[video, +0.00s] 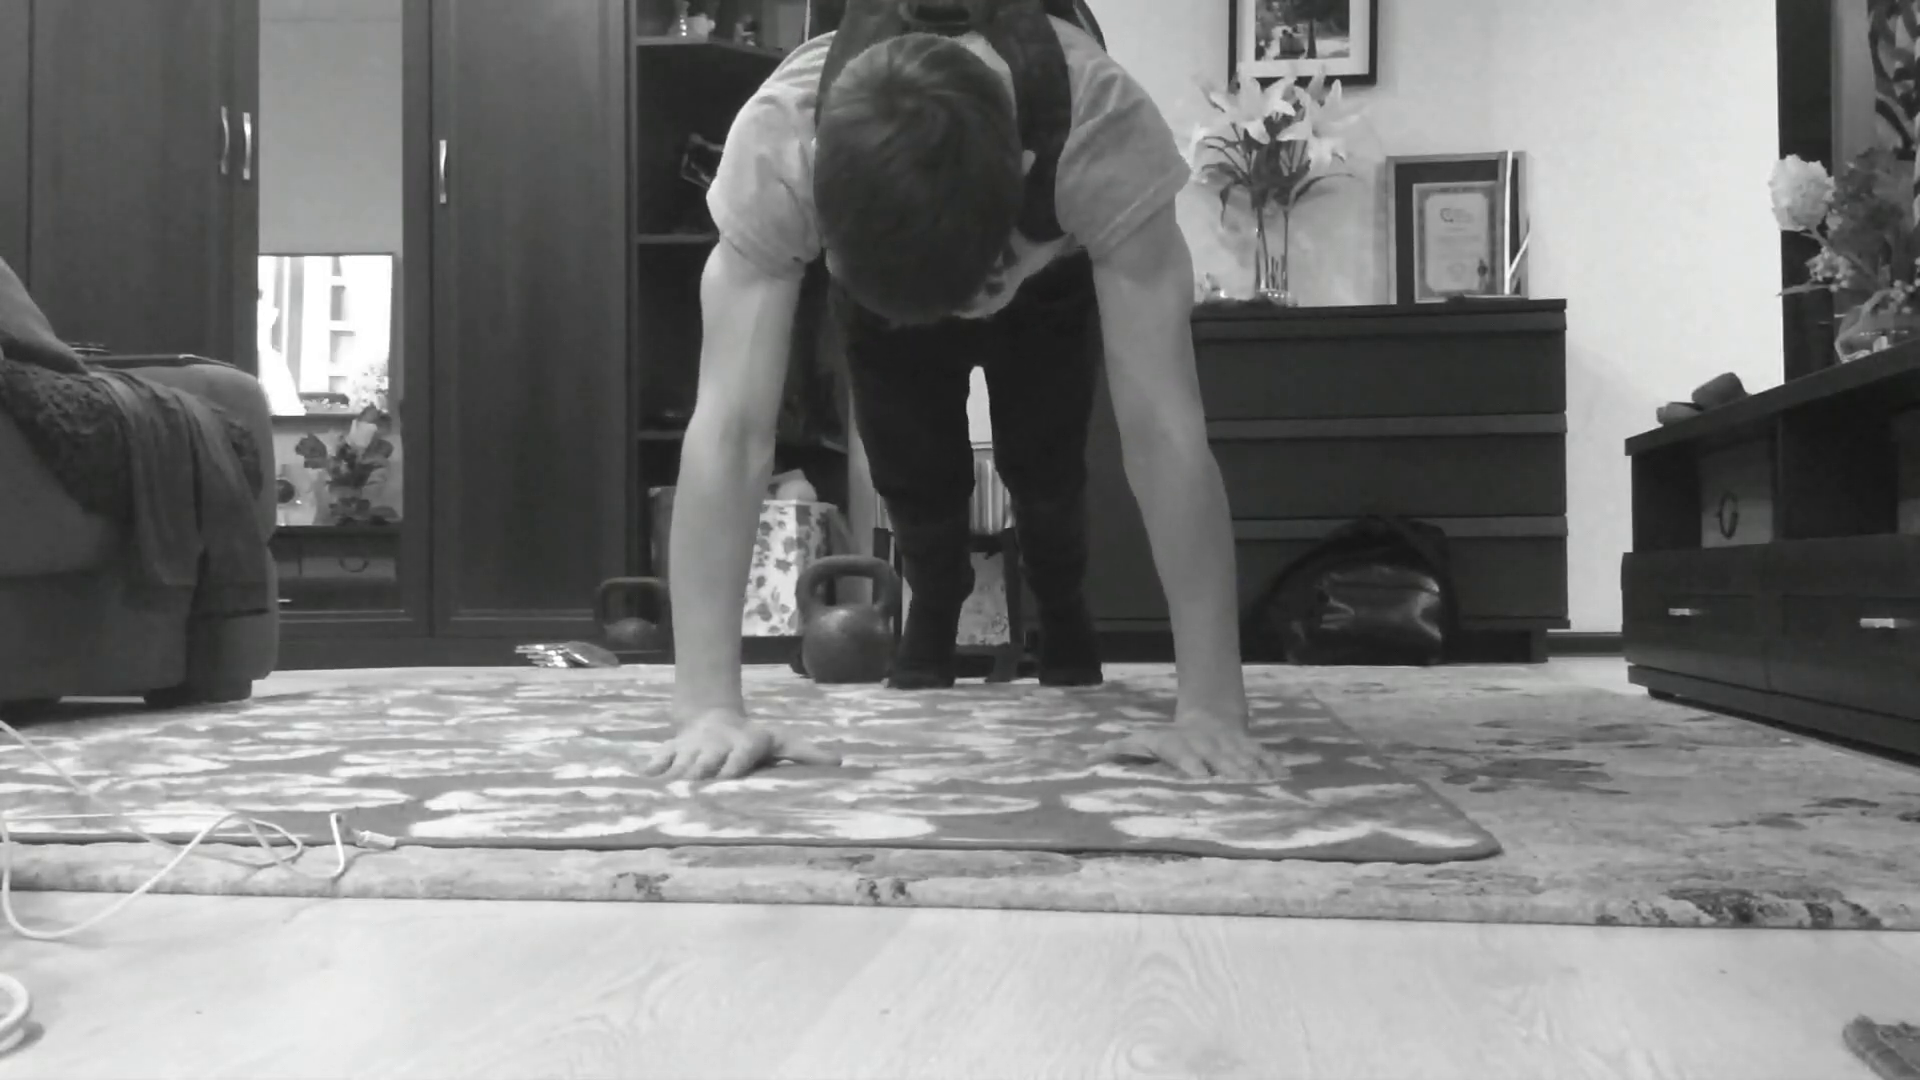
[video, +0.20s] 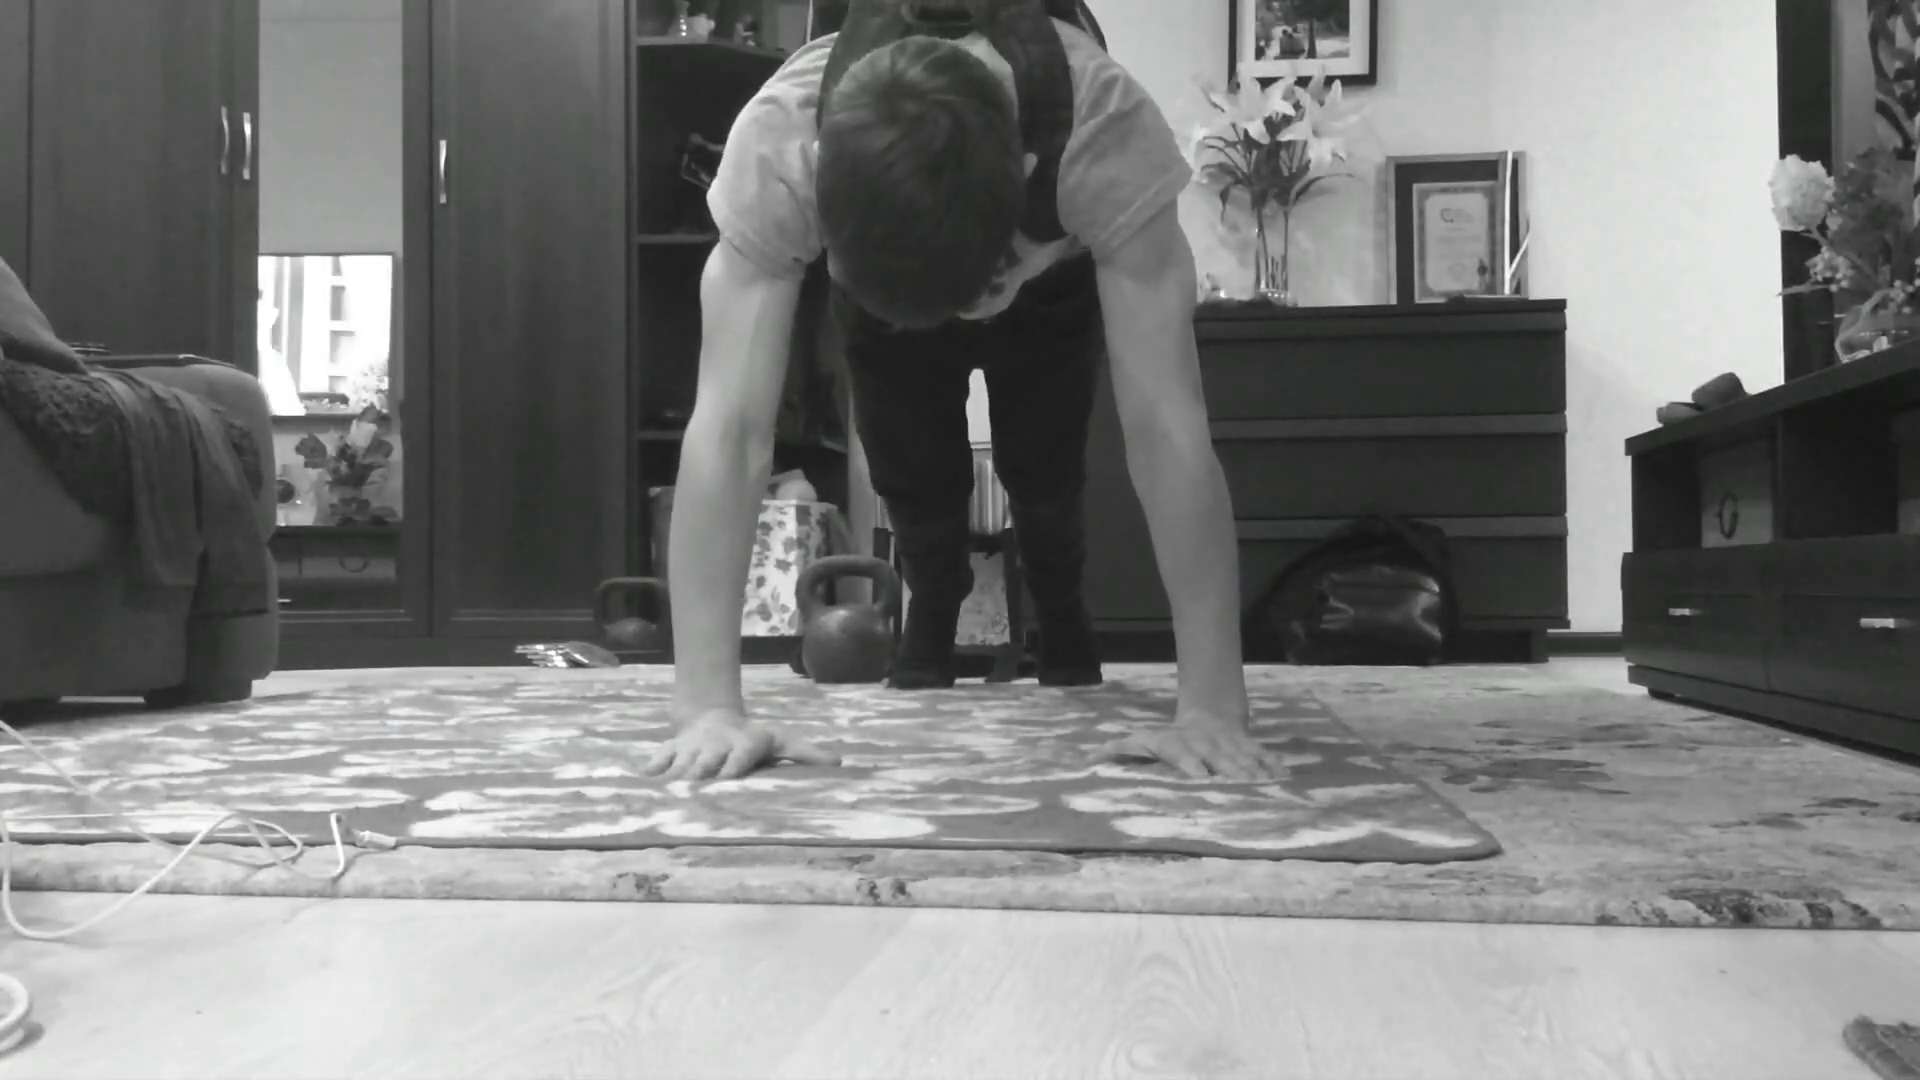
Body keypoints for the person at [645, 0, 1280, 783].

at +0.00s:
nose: (946, 327)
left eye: (974, 293)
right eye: (901, 313)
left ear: (1025, 182)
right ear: (827, 193)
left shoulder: (1112, 143)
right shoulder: (773, 157)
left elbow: (1167, 440)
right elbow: (727, 435)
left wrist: (1213, 709)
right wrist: (709, 709)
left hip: (1049, 257)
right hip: (869, 267)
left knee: (1045, 472)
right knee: (911, 477)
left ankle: (1057, 611)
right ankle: (931, 602)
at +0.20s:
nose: (939, 328)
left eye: (970, 295)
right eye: (897, 311)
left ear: (1023, 181)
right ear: (829, 195)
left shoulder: (1114, 144)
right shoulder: (775, 156)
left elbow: (1170, 439)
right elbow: (727, 433)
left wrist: (1214, 710)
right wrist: (708, 709)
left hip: (1049, 263)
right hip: (871, 275)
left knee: (1044, 479)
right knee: (912, 485)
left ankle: (1057, 618)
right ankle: (930, 606)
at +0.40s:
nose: (942, 335)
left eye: (970, 304)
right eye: (900, 318)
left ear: (1027, 198)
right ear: (831, 205)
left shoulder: (1116, 147)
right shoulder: (776, 157)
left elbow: (1171, 441)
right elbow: (727, 432)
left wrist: (1213, 710)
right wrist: (708, 709)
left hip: (1049, 260)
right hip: (871, 268)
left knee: (1044, 478)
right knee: (913, 484)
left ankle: (1056, 614)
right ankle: (931, 602)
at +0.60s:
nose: (941, 335)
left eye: (971, 303)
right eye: (900, 319)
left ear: (1029, 193)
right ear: (831, 204)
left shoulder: (1116, 148)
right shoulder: (776, 157)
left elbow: (1171, 439)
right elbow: (726, 432)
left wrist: (1213, 712)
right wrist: (709, 709)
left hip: (1048, 258)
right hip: (870, 267)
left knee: (1044, 479)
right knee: (911, 479)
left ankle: (1056, 622)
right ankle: (931, 605)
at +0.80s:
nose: (939, 336)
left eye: (971, 306)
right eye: (899, 320)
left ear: (1029, 205)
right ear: (832, 203)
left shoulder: (1119, 149)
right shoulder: (777, 157)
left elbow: (1172, 435)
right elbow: (726, 432)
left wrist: (1214, 712)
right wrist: (709, 709)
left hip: (1048, 256)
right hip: (871, 263)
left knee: (1044, 475)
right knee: (913, 476)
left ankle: (1056, 626)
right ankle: (931, 607)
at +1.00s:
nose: (934, 335)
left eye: (970, 300)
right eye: (896, 319)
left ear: (1025, 200)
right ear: (831, 204)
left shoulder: (1119, 149)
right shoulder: (778, 159)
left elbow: (1173, 436)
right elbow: (727, 433)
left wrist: (1213, 710)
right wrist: (709, 709)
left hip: (1047, 255)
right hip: (873, 265)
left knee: (1045, 475)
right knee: (917, 480)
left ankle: (1061, 642)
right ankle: (930, 626)